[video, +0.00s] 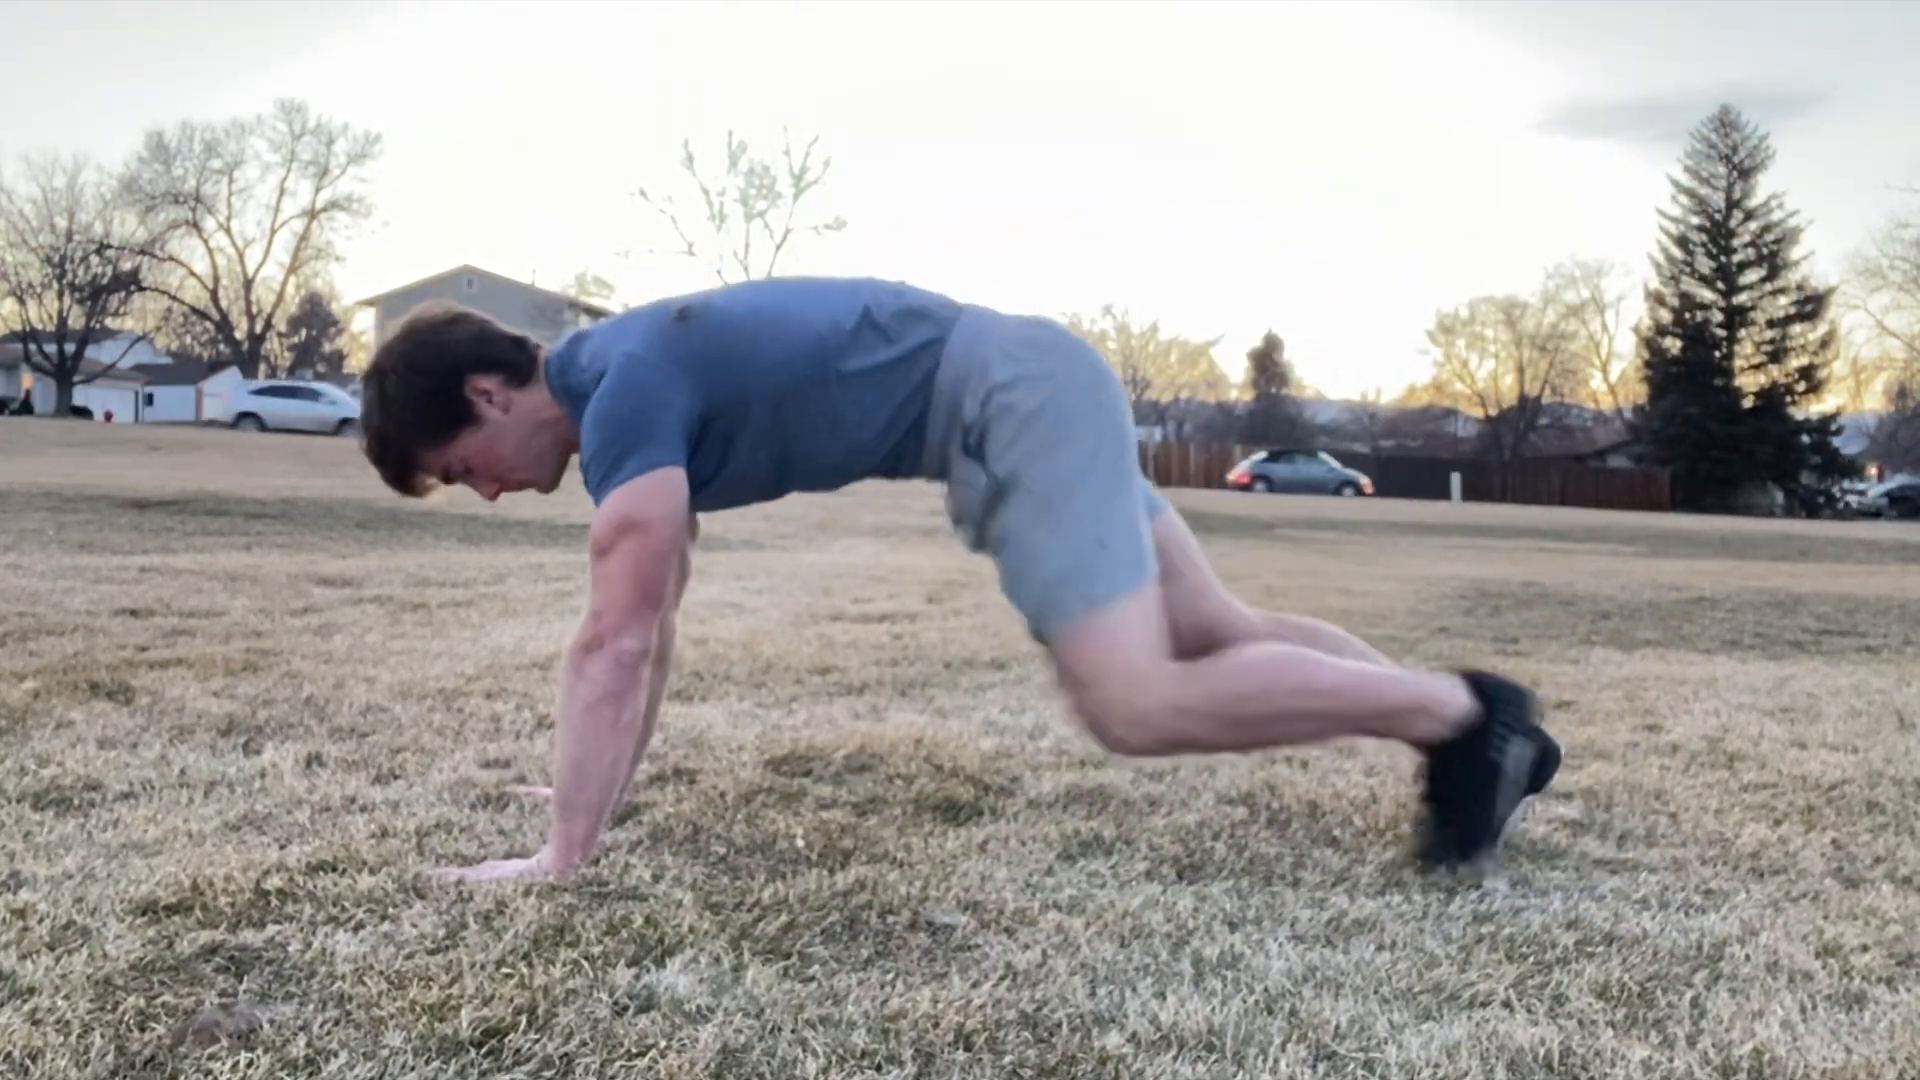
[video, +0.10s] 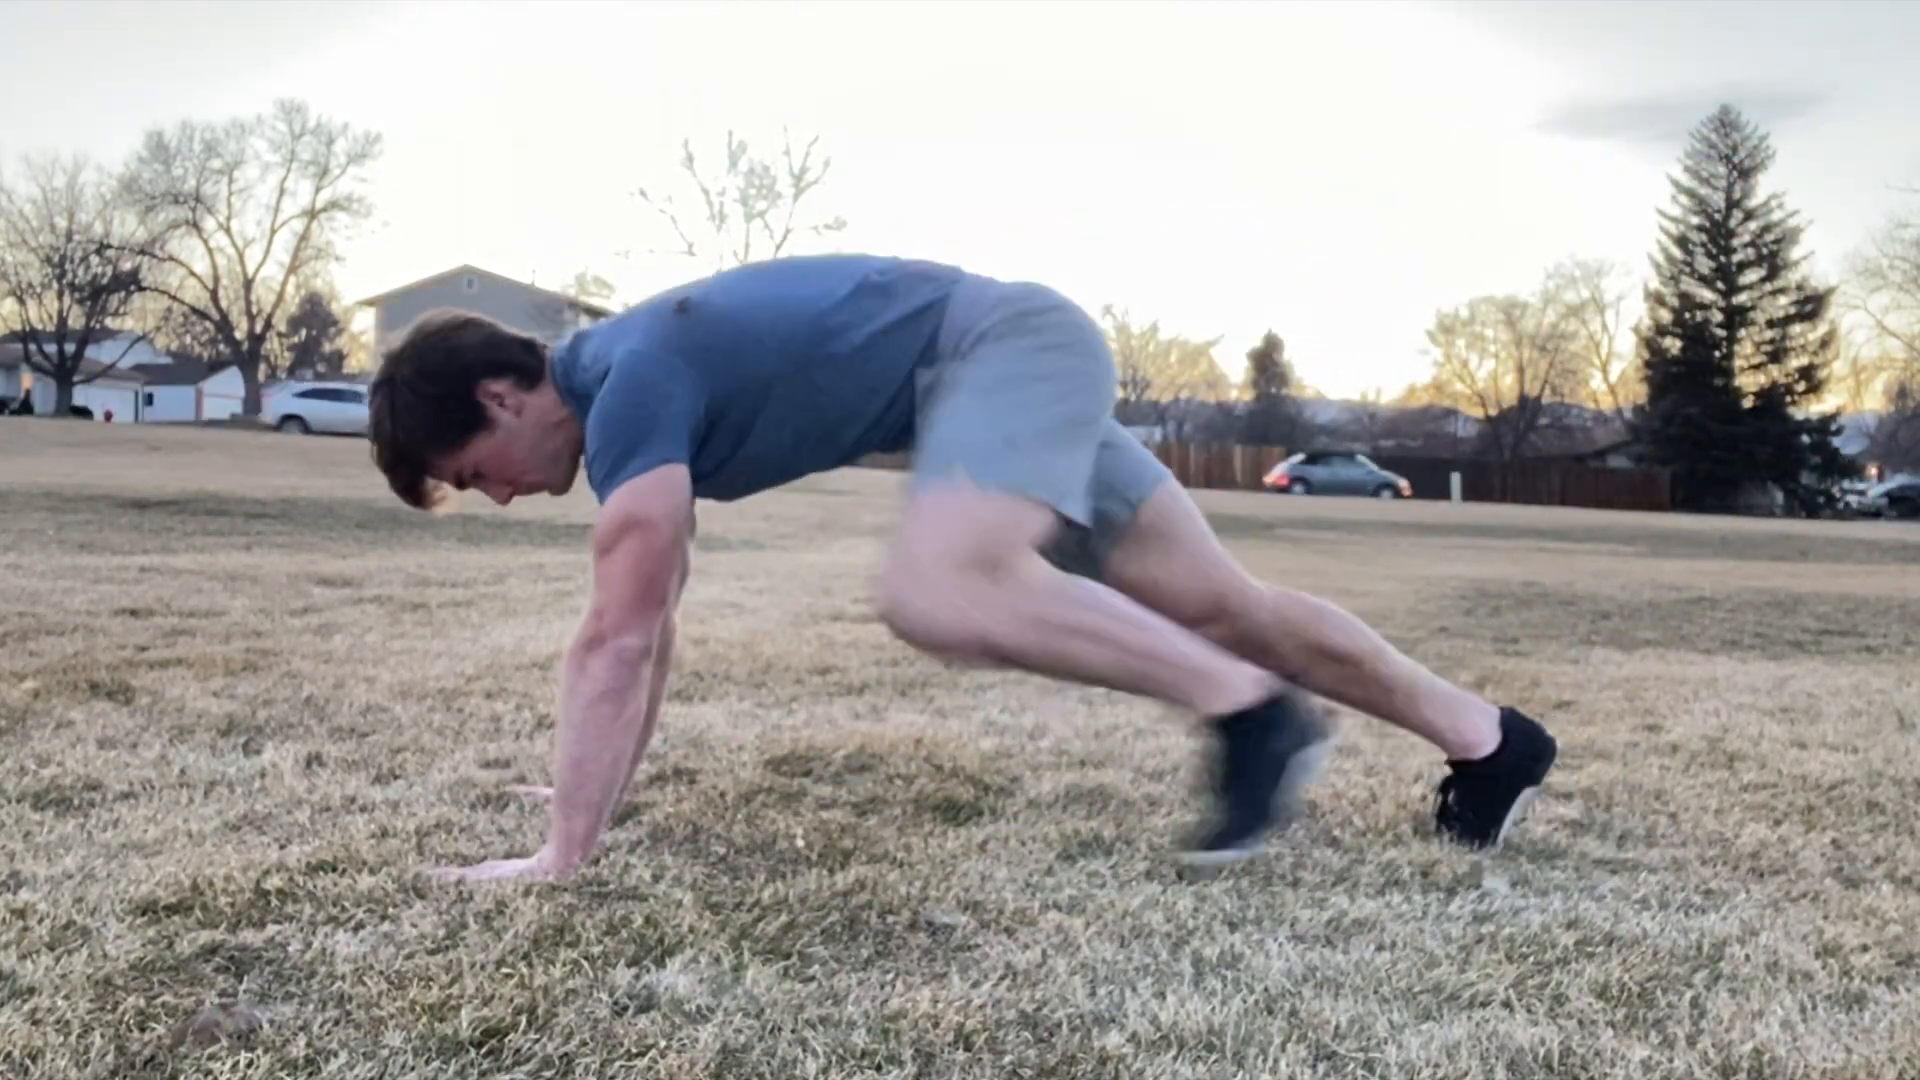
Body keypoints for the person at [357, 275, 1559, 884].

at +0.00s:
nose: (483, 493)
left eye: (462, 470)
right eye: (460, 484)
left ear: (491, 400)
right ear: (499, 394)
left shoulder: (627, 378)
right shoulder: (625, 390)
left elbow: (617, 637)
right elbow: (643, 640)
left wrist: (560, 853)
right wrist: (589, 823)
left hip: (1010, 389)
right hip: (1018, 388)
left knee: (1136, 707)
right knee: (1214, 636)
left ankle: (1456, 718)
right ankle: (1466, 713)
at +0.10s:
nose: (492, 497)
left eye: (472, 475)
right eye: (469, 488)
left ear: (503, 401)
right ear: (508, 403)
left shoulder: (638, 372)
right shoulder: (627, 394)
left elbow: (617, 633)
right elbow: (641, 633)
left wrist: (562, 851)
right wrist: (588, 805)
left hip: (1008, 344)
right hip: (1007, 380)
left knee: (939, 590)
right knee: (1234, 614)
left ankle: (1249, 709)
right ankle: (1489, 737)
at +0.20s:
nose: (501, 493)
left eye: (480, 470)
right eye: (478, 485)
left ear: (508, 397)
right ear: (512, 400)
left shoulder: (639, 361)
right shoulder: (632, 394)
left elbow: (618, 634)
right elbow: (637, 634)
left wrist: (563, 853)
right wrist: (577, 806)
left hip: (1014, 359)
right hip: (996, 432)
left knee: (784, 424)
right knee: (1225, 618)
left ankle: (931, 750)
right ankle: (1490, 735)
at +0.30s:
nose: (488, 483)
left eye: (465, 459)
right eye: (462, 475)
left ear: (495, 385)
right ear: (499, 385)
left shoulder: (638, 371)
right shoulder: (622, 396)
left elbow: (606, 629)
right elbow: (622, 634)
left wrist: (558, 849)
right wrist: (569, 830)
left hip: (989, 428)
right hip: (980, 486)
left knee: (723, 446)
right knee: (1190, 695)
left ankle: (781, 808)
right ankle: (1488, 742)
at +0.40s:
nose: (475, 493)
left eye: (449, 470)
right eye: (448, 485)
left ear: (475, 392)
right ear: (479, 387)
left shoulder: (626, 379)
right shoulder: (606, 408)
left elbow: (607, 628)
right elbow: (634, 642)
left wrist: (554, 852)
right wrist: (571, 841)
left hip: (958, 480)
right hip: (954, 529)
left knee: (682, 490)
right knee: (1171, 731)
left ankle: (777, 821)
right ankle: (1471, 747)